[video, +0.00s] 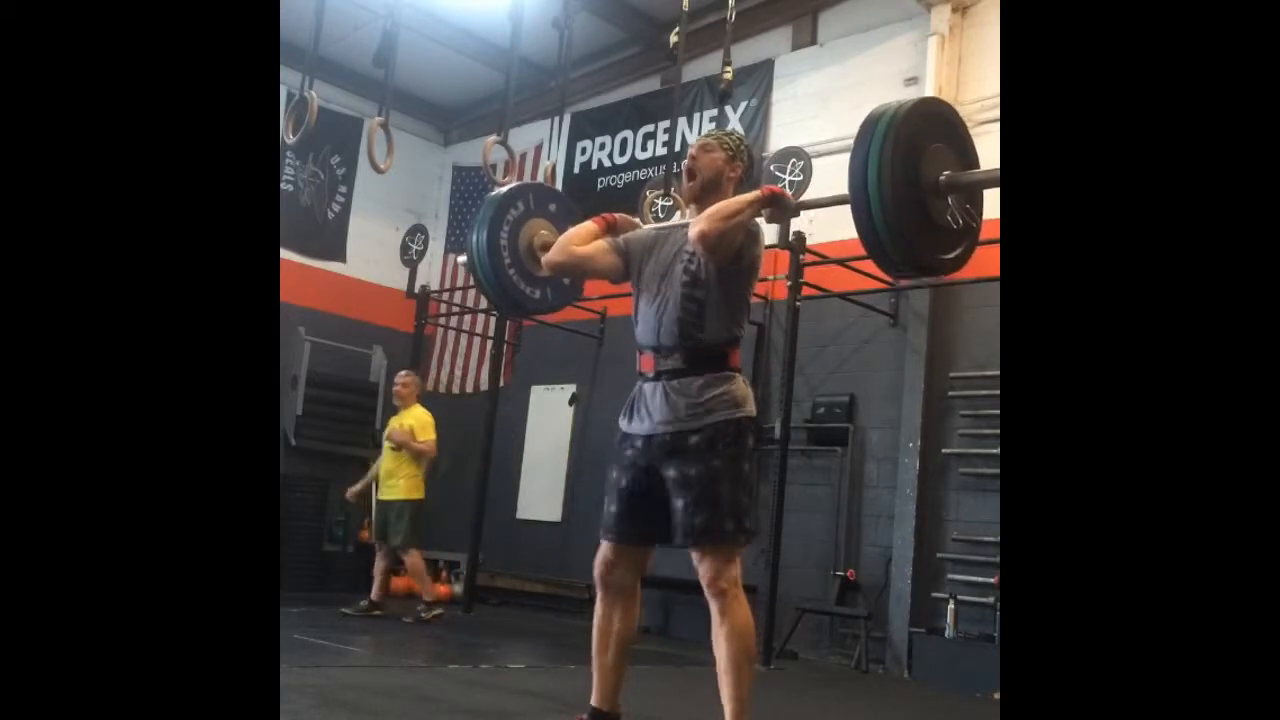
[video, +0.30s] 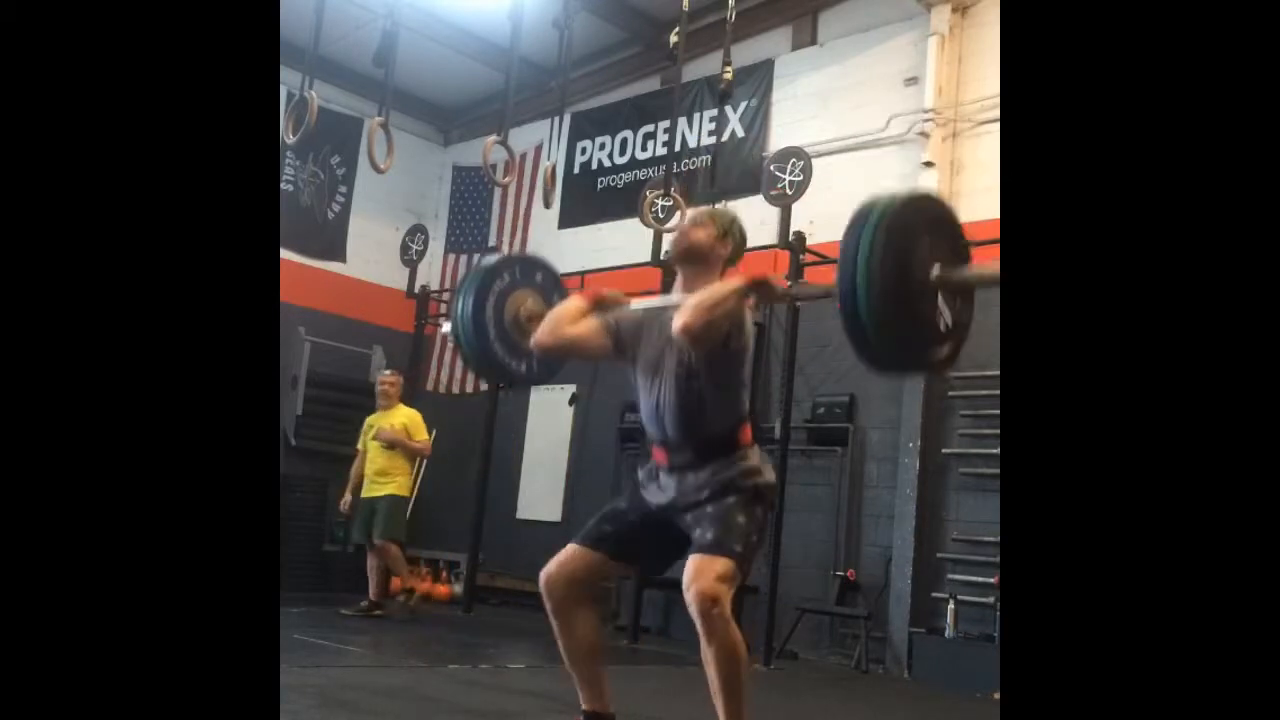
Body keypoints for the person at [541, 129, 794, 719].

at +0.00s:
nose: (687, 159)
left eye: (703, 150)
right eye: (688, 152)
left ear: (734, 169)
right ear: (684, 170)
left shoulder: (737, 232)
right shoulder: (654, 238)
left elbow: (703, 233)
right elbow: (556, 258)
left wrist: (760, 199)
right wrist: (604, 221)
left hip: (712, 414)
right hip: (645, 413)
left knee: (720, 580)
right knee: (613, 571)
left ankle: (735, 715)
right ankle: (602, 709)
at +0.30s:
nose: (680, 222)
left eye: (698, 220)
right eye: (681, 218)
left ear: (724, 248)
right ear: (672, 246)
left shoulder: (728, 307)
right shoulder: (641, 321)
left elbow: (686, 324)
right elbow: (545, 337)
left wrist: (740, 284)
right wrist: (590, 300)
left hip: (730, 485)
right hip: (663, 488)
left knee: (705, 594)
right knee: (561, 581)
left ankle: (732, 716)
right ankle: (595, 710)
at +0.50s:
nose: (671, 302)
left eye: (690, 298)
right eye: (671, 298)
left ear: (716, 323)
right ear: (661, 320)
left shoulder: (722, 389)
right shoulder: (632, 395)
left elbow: (676, 425)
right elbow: (538, 429)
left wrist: (731, 372)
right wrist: (577, 377)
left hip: (732, 547)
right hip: (657, 550)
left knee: (696, 601)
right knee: (546, 589)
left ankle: (727, 717)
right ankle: (595, 712)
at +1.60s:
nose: (686, 202)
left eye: (702, 202)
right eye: (684, 200)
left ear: (724, 232)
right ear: (670, 229)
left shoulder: (729, 294)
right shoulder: (639, 303)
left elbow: (712, 365)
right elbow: (568, 378)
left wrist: (743, 294)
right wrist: (575, 312)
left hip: (726, 459)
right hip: (657, 456)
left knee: (691, 580)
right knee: (573, 574)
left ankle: (725, 715)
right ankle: (596, 710)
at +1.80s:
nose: (715, 165)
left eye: (729, 158)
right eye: (710, 158)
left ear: (753, 177)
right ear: (700, 175)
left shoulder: (754, 228)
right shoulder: (669, 235)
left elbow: (739, 259)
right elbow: (579, 273)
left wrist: (763, 184)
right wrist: (592, 211)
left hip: (707, 402)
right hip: (643, 399)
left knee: (717, 561)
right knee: (614, 550)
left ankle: (736, 710)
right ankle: (592, 698)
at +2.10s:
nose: (695, 165)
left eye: (712, 159)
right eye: (693, 161)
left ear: (742, 179)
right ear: (684, 183)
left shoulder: (749, 235)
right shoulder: (651, 236)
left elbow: (800, 162)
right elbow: (592, 189)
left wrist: (800, 88)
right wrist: (620, 124)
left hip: (694, 416)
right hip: (628, 415)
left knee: (710, 578)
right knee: (617, 570)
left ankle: (734, 715)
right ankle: (602, 709)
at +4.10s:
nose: (696, 164)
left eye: (710, 156)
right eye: (690, 157)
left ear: (736, 170)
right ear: (680, 172)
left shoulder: (757, 219)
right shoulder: (670, 221)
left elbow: (786, 126)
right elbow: (649, 145)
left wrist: (813, 35)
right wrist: (646, 76)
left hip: (724, 409)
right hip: (658, 406)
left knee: (728, 579)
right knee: (635, 569)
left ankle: (739, 713)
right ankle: (604, 708)